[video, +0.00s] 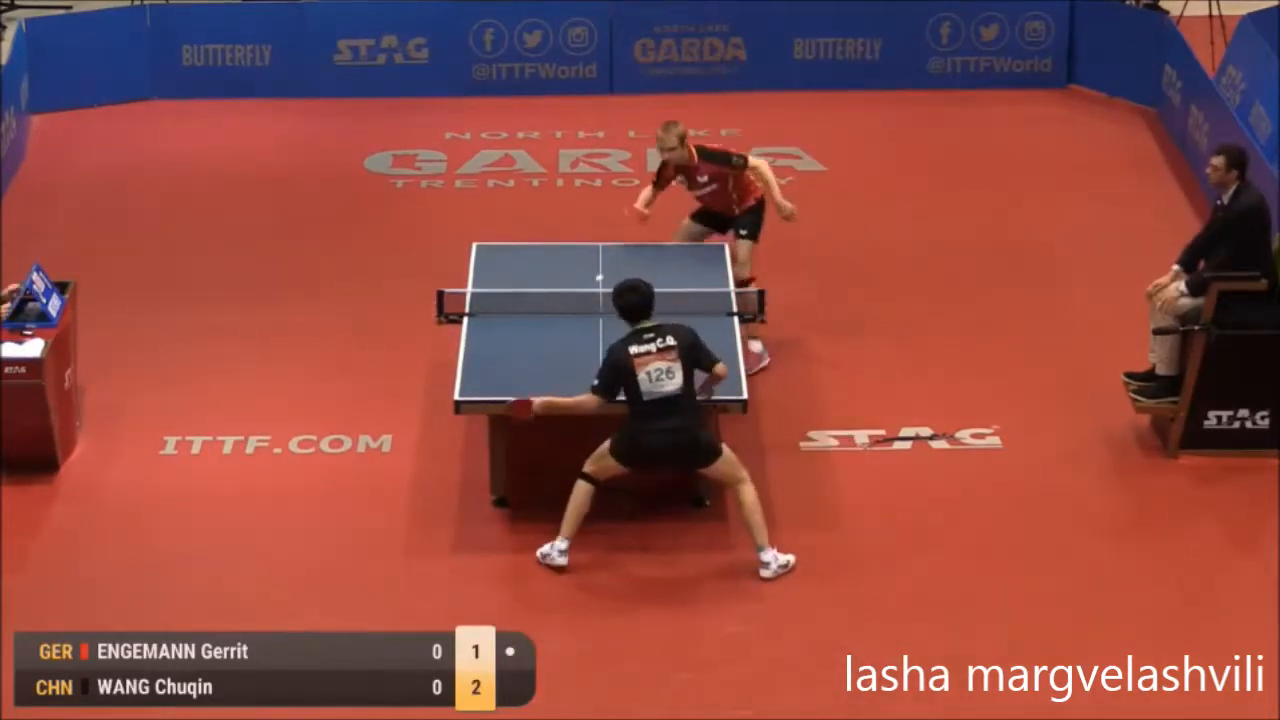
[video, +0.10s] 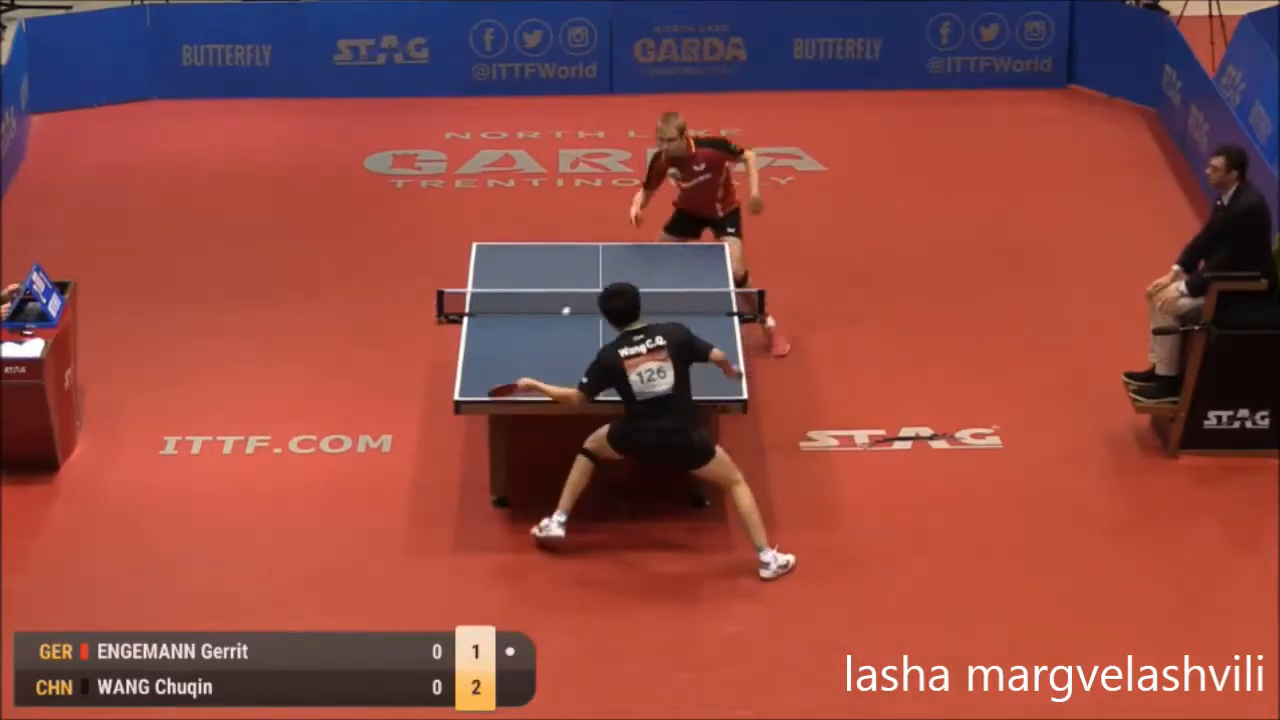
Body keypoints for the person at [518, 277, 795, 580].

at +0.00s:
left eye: (620, 306)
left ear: (620, 312)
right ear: (652, 306)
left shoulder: (619, 351)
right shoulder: (682, 334)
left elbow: (596, 401)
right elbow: (720, 371)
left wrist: (549, 404)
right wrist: (707, 386)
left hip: (640, 440)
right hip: (690, 437)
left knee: (591, 473)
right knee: (740, 480)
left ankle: (560, 548)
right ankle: (767, 556)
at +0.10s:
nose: (610, 313)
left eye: (608, 311)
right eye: (624, 307)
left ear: (608, 317)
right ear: (640, 308)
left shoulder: (610, 355)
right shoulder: (673, 333)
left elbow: (577, 399)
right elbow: (718, 356)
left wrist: (539, 387)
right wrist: (730, 370)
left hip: (637, 436)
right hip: (683, 436)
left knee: (591, 449)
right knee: (735, 482)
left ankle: (557, 521)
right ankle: (767, 556)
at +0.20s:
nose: (595, 313)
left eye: (591, 311)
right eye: (603, 306)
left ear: (592, 319)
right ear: (622, 308)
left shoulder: (594, 355)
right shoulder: (657, 330)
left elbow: (564, 390)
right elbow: (702, 351)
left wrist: (529, 370)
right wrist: (728, 366)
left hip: (624, 435)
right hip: (671, 434)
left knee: (578, 455)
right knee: (725, 490)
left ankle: (543, 513)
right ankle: (766, 557)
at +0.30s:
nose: (571, 317)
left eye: (568, 313)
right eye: (578, 311)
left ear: (567, 319)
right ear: (597, 311)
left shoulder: (566, 347)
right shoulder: (623, 334)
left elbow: (549, 373)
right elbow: (651, 361)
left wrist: (531, 348)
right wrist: (693, 386)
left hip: (589, 434)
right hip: (632, 433)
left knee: (563, 451)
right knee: (690, 492)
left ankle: (537, 512)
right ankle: (750, 548)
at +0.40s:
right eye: (583, 302)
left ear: (560, 314)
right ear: (591, 309)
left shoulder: (555, 341)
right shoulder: (607, 337)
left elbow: (543, 343)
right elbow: (622, 368)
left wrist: (542, 342)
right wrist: (660, 405)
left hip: (571, 434)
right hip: (611, 435)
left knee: (559, 453)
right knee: (672, 493)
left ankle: (536, 511)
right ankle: (731, 548)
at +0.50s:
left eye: (568, 296)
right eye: (593, 292)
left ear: (563, 300)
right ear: (596, 296)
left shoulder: (555, 326)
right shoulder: (603, 326)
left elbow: (548, 347)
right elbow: (601, 359)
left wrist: (557, 324)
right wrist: (621, 404)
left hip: (565, 424)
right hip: (600, 424)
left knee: (555, 454)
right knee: (659, 482)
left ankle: (534, 510)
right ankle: (708, 548)